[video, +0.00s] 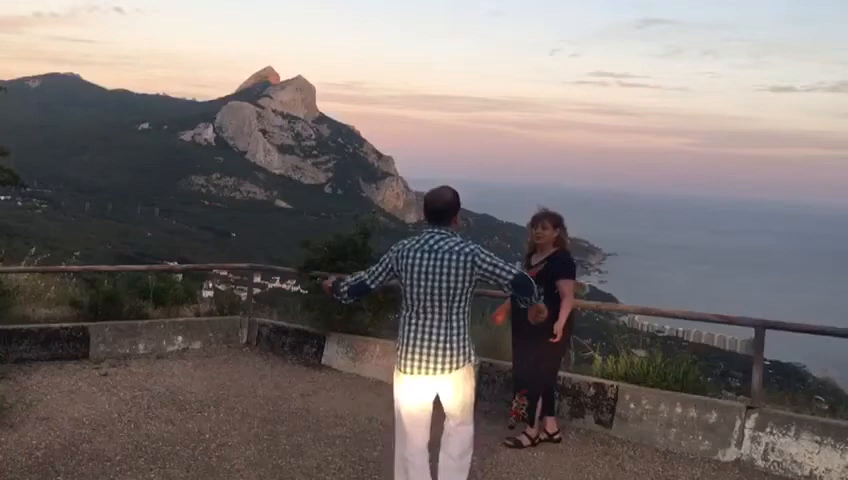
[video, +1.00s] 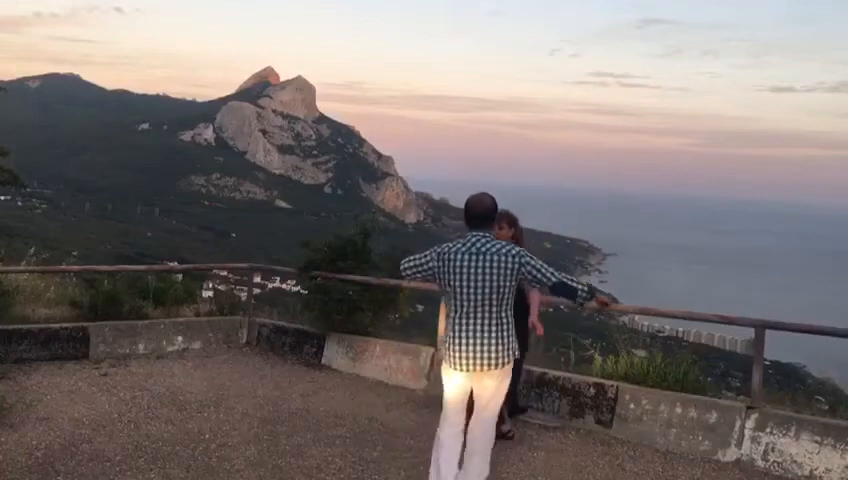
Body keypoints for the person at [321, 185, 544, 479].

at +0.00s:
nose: (460, 217)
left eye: (458, 212)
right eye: (459, 212)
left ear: (425, 215)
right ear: (456, 216)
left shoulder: (404, 248)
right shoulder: (469, 251)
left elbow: (364, 282)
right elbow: (520, 279)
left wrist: (337, 288)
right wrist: (534, 304)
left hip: (411, 360)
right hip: (455, 360)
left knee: (412, 438)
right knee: (459, 432)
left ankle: (414, 477)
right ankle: (451, 476)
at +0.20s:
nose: (467, 218)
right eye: (467, 213)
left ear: (432, 215)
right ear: (464, 216)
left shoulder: (411, 247)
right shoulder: (475, 251)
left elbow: (371, 271)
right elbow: (520, 285)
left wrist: (362, 258)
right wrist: (556, 307)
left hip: (418, 356)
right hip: (461, 358)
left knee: (416, 436)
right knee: (461, 436)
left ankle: (414, 476)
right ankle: (461, 476)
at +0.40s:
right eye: (477, 214)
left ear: (444, 215)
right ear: (476, 217)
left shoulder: (424, 249)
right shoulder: (489, 252)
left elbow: (384, 271)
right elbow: (531, 286)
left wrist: (416, 273)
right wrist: (557, 307)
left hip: (432, 356)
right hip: (475, 357)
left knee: (424, 435)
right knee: (467, 436)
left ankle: (419, 475)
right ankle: (461, 475)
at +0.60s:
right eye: (492, 216)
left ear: (455, 216)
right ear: (487, 218)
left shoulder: (436, 249)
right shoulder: (501, 252)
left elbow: (396, 272)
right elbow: (542, 287)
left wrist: (428, 274)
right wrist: (575, 302)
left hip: (445, 352)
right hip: (487, 353)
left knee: (433, 434)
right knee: (475, 435)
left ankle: (428, 475)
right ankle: (466, 475)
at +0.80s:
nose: (504, 227)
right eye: (501, 220)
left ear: (462, 217)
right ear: (494, 218)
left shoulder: (443, 251)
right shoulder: (509, 253)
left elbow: (403, 271)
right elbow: (549, 283)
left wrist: (437, 276)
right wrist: (587, 299)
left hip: (451, 352)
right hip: (493, 354)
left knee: (445, 427)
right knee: (482, 431)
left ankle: (441, 475)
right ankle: (469, 475)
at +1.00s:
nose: (499, 228)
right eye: (499, 222)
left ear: (464, 219)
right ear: (496, 220)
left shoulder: (446, 252)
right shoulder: (512, 253)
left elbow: (405, 268)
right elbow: (554, 282)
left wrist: (443, 276)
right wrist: (592, 295)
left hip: (456, 353)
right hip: (498, 355)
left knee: (450, 423)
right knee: (483, 427)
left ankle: (442, 475)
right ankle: (473, 475)